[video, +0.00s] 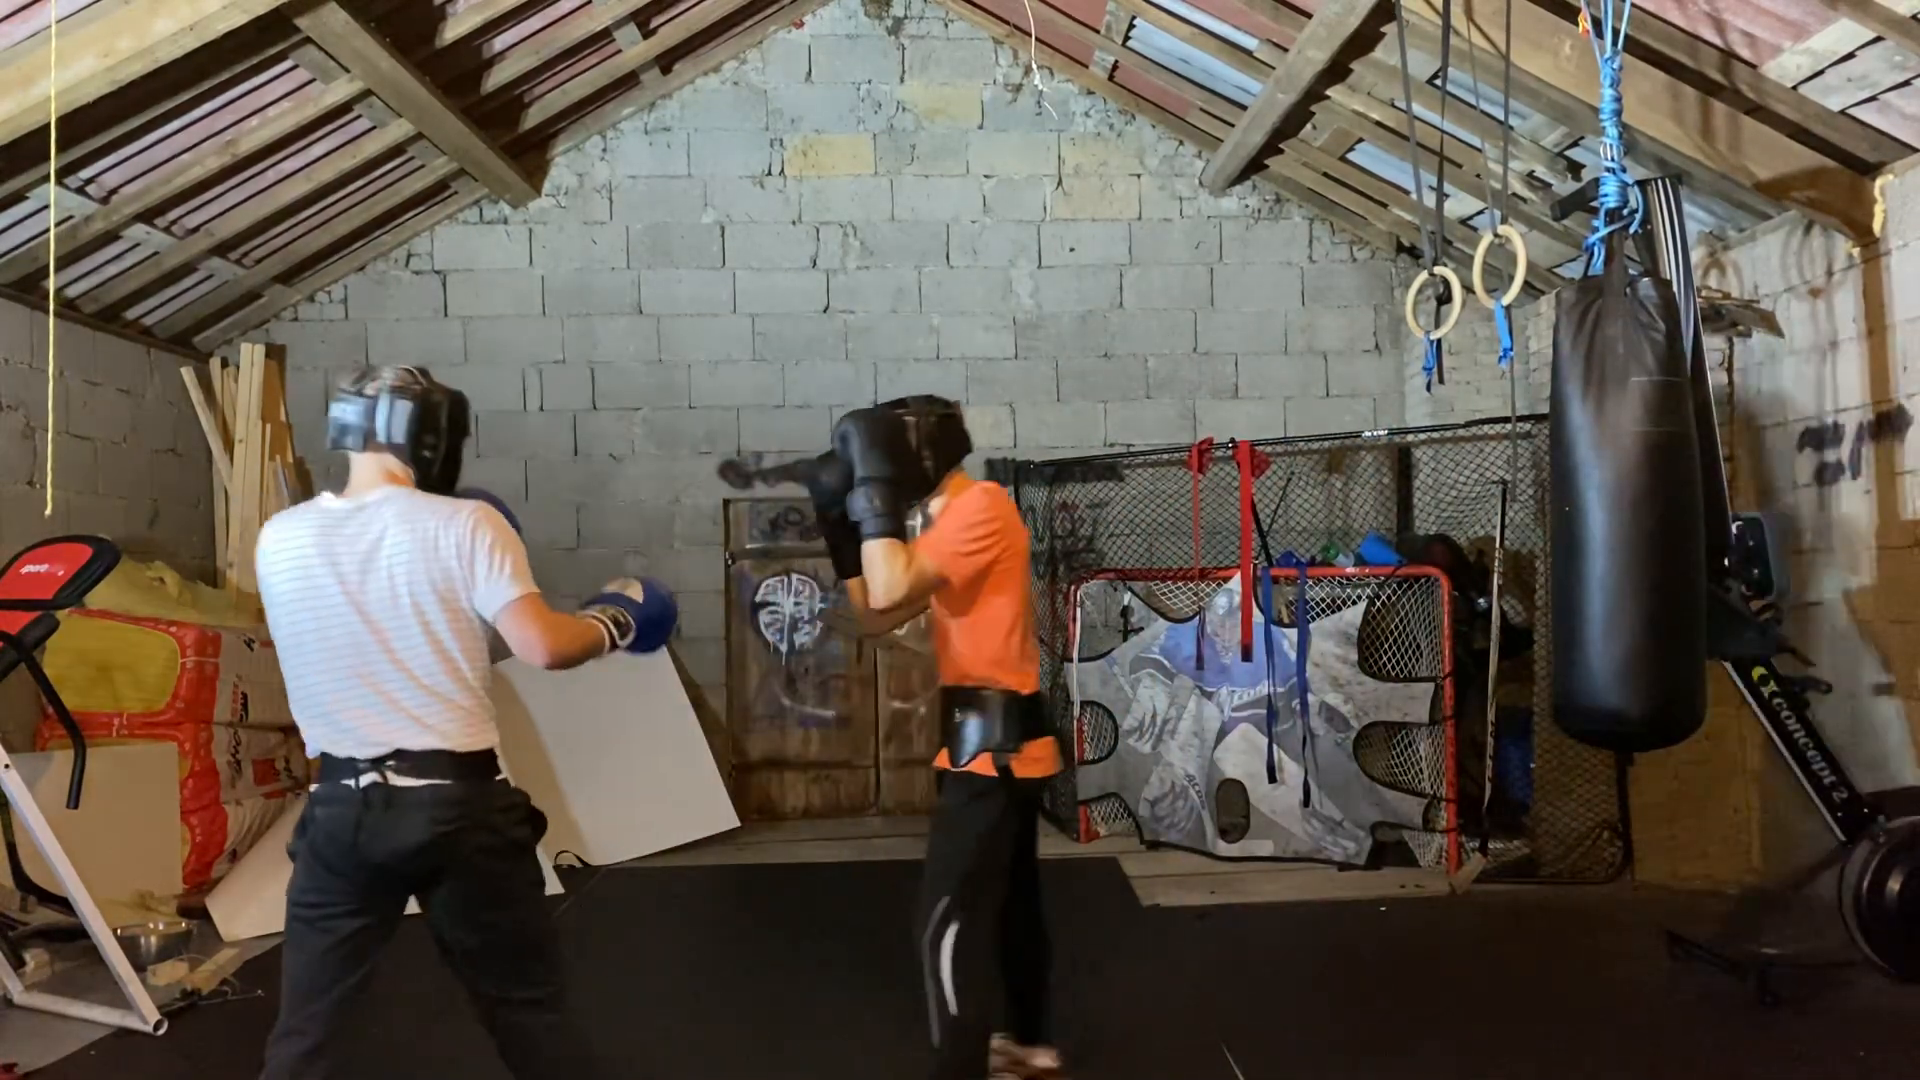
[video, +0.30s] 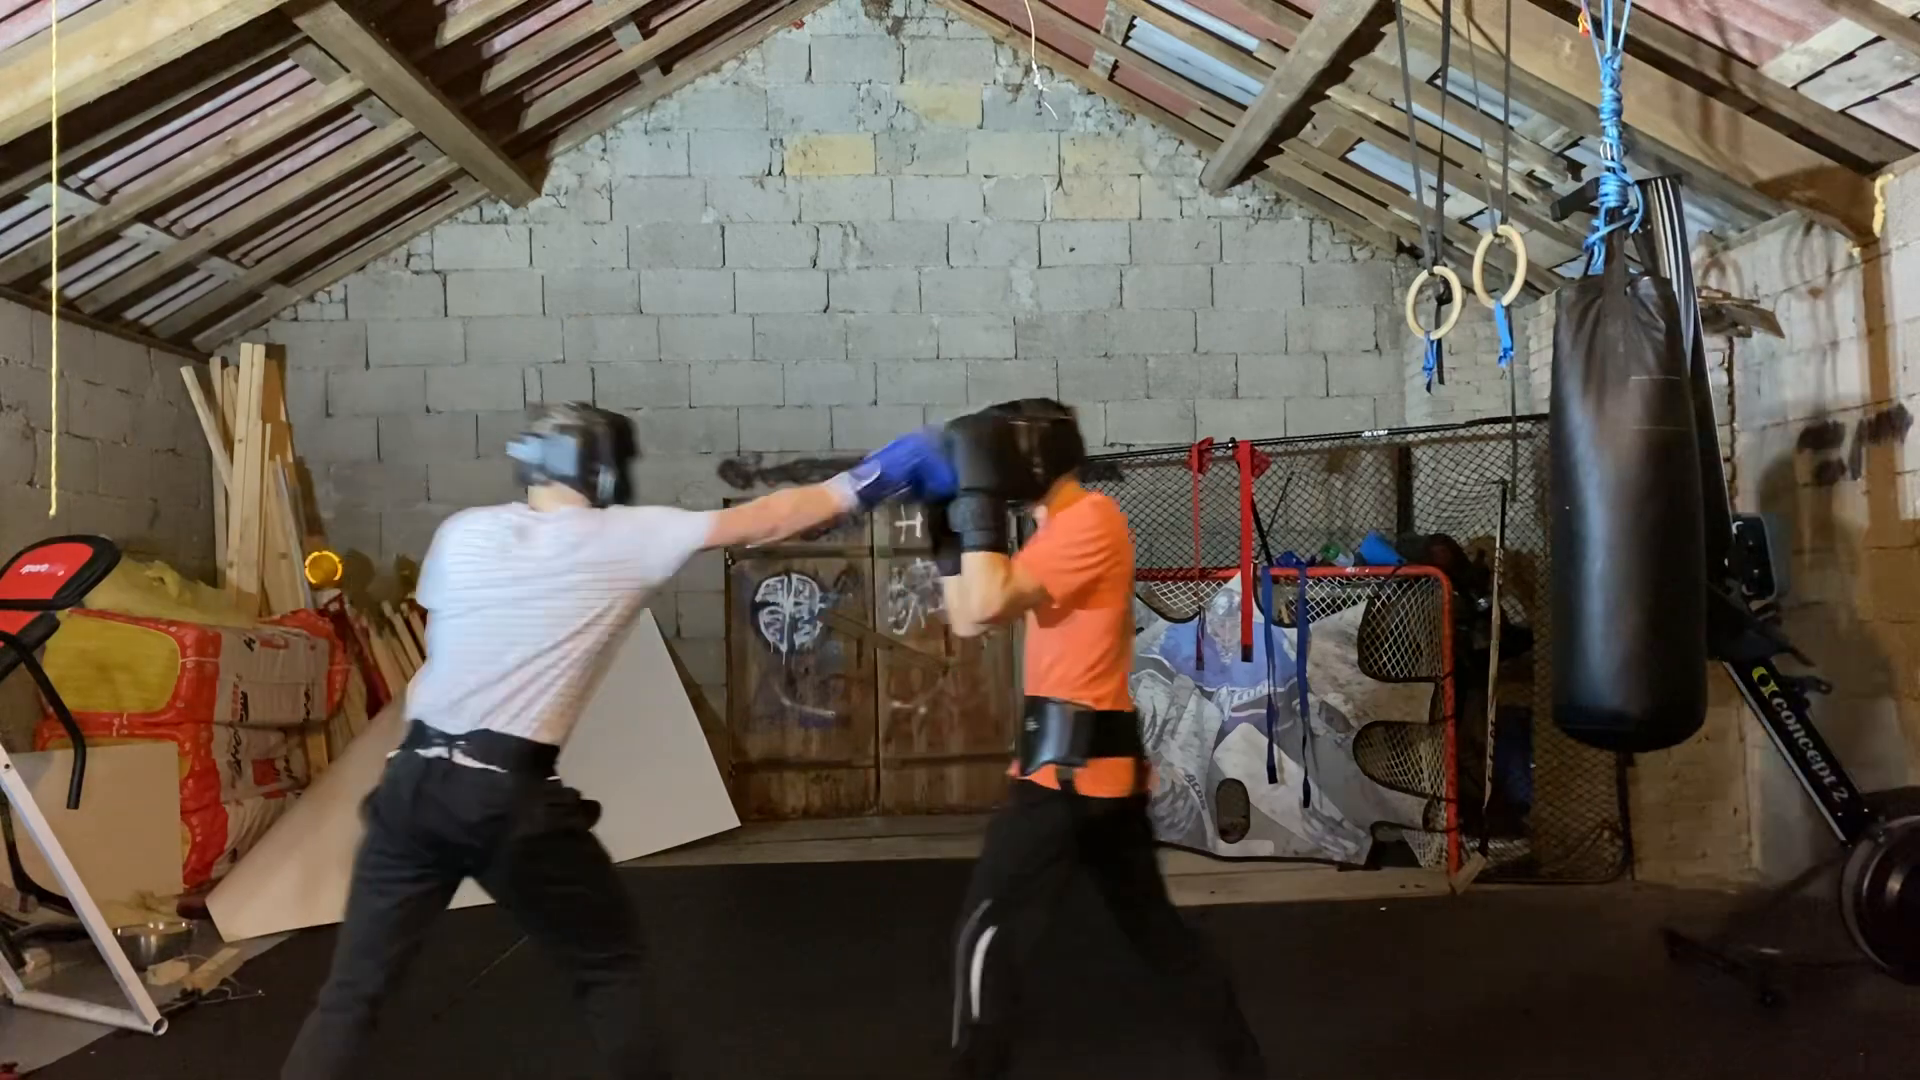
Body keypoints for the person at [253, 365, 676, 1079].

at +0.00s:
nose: (453, 453)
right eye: (449, 439)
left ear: (348, 436)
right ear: (435, 444)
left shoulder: (277, 541)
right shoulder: (466, 527)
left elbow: (357, 606)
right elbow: (542, 643)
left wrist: (458, 528)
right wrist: (617, 618)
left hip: (340, 820)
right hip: (459, 813)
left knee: (301, 1038)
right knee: (535, 1024)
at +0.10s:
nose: (488, 466)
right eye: (484, 452)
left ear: (389, 442)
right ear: (474, 454)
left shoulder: (312, 540)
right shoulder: (493, 540)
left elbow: (391, 638)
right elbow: (575, 650)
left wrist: (515, 616)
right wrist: (643, 634)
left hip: (359, 815)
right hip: (474, 809)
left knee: (310, 1037)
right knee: (573, 978)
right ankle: (599, 1069)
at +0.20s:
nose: (549, 470)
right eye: (544, 458)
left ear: (448, 454)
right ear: (531, 464)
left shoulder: (375, 536)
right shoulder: (550, 540)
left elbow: (383, 627)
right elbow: (664, 591)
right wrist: (721, 576)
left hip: (384, 805)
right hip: (499, 805)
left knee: (327, 1023)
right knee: (598, 973)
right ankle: (631, 1072)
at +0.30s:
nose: (610, 485)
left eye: (563, 471)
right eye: (610, 473)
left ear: (532, 472)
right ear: (607, 479)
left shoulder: (459, 533)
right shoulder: (625, 536)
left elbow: (436, 624)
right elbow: (763, 520)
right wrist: (869, 480)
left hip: (412, 786)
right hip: (508, 796)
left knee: (350, 992)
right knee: (608, 966)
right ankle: (635, 1074)